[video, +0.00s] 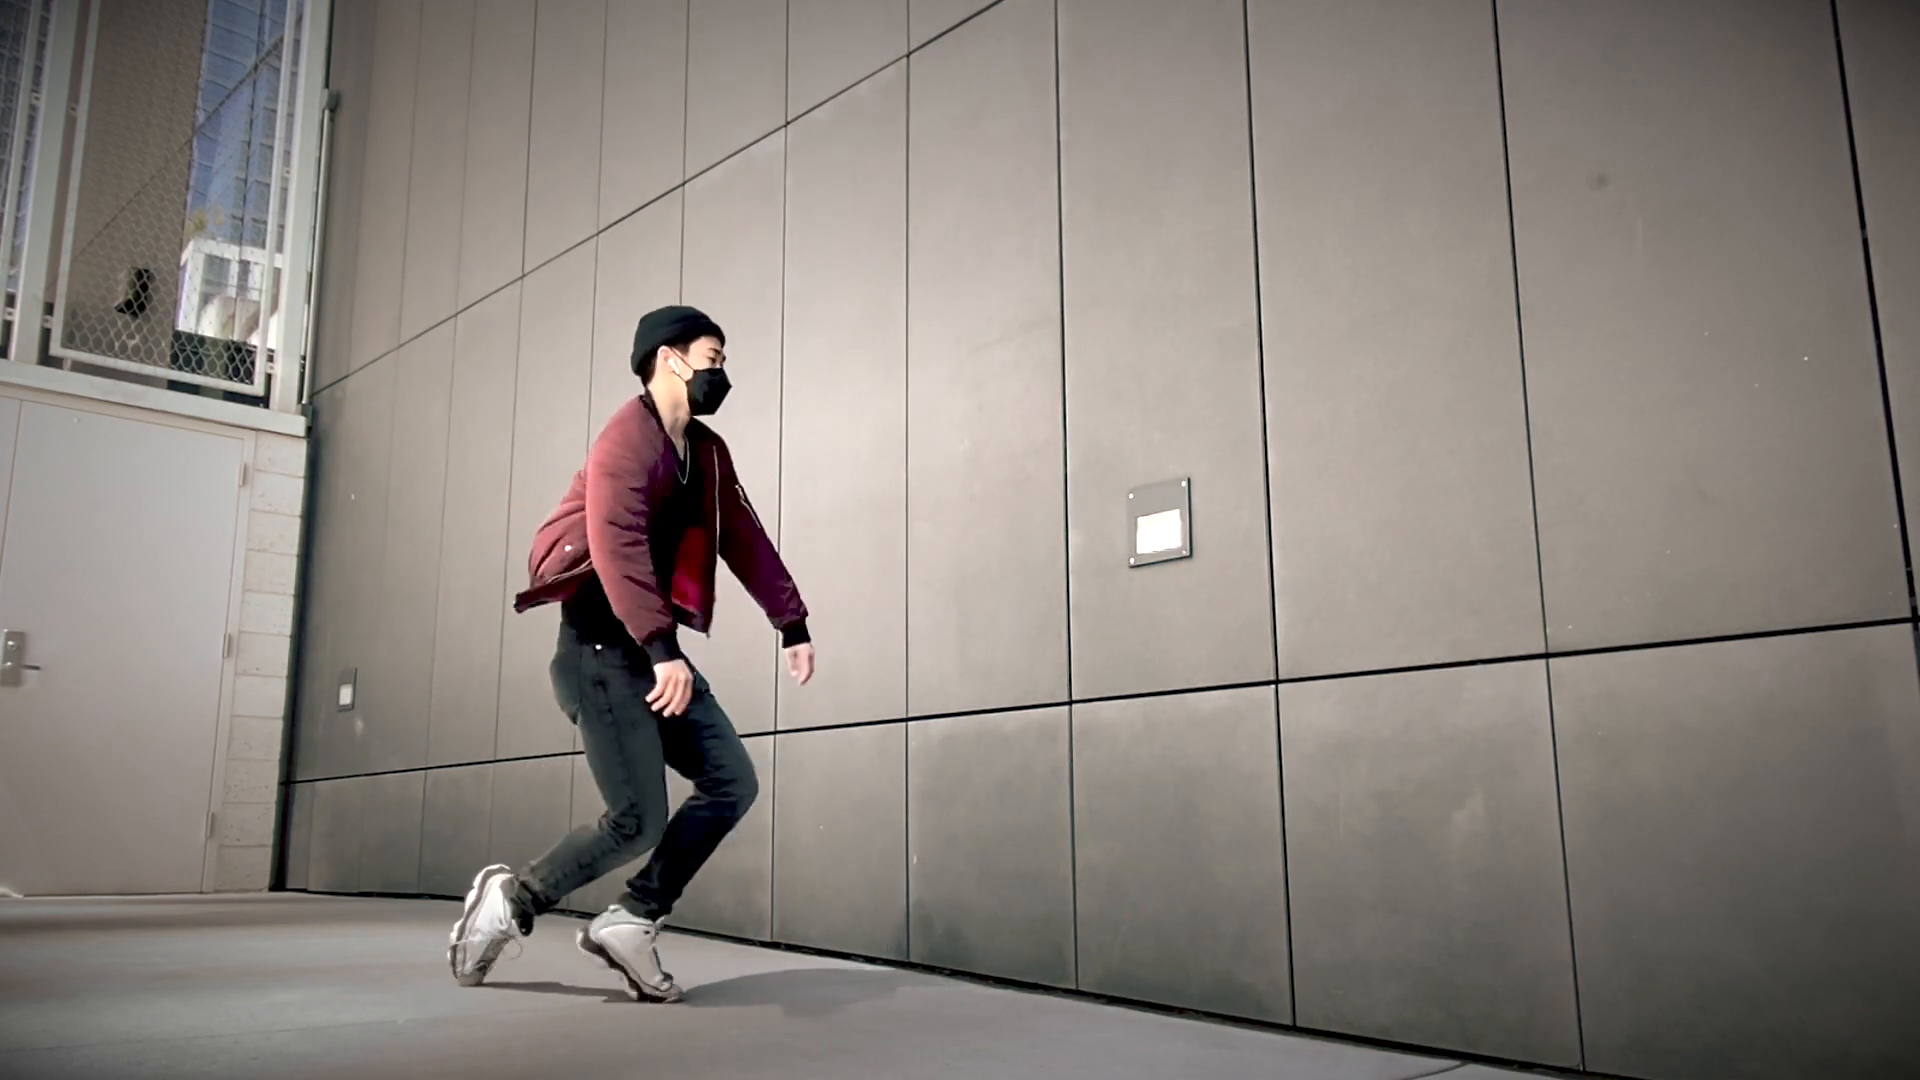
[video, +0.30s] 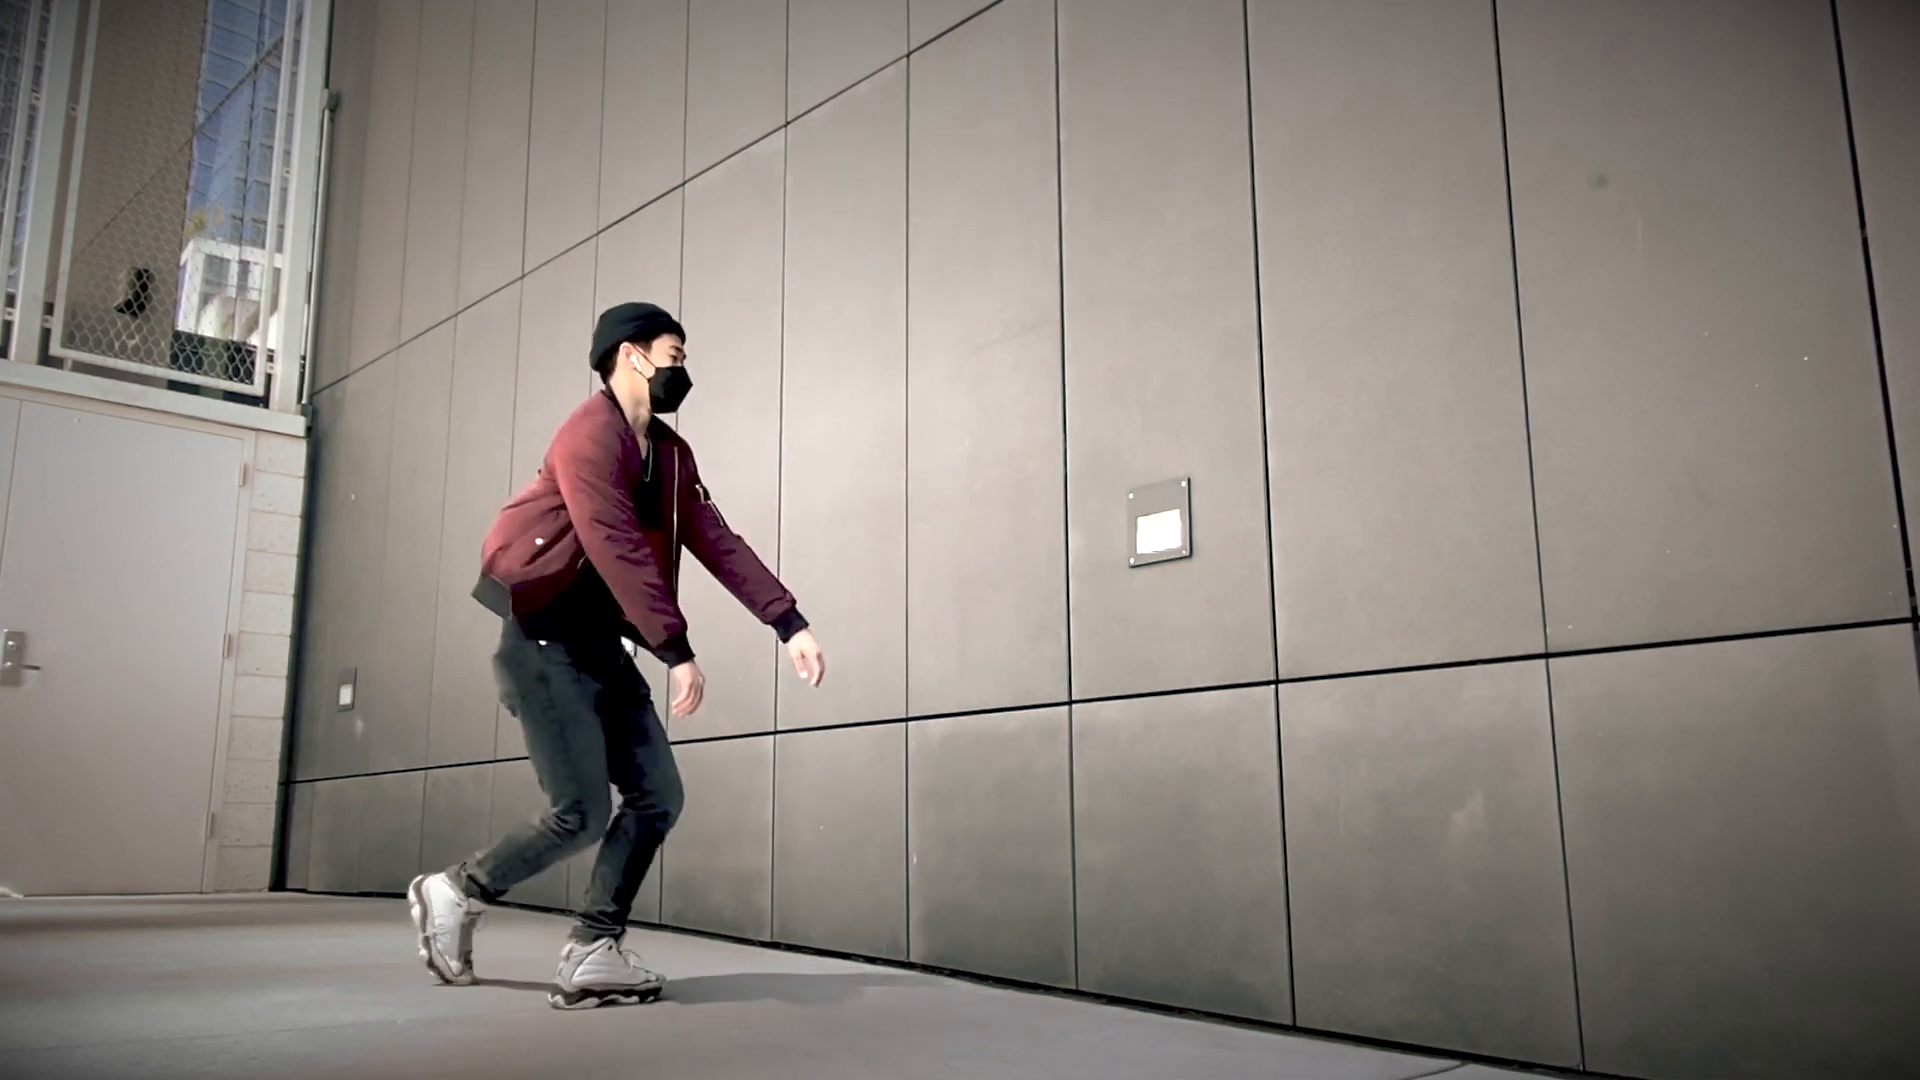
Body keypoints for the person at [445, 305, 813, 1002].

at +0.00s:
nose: (722, 367)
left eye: (724, 359)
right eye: (711, 354)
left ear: (682, 363)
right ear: (667, 358)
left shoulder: (706, 451)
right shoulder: (630, 434)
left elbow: (744, 536)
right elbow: (615, 544)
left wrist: (791, 623)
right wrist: (663, 649)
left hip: (651, 650)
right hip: (597, 651)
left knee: (730, 785)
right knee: (636, 823)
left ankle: (632, 921)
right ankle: (508, 901)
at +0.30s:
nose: (685, 364)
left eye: (685, 354)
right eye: (673, 352)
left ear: (651, 363)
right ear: (627, 358)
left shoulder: (670, 454)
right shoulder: (588, 436)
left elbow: (714, 541)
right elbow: (613, 548)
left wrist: (789, 622)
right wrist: (677, 650)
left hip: (601, 646)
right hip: (538, 642)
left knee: (655, 799)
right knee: (583, 811)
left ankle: (592, 950)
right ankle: (455, 892)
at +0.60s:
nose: (631, 328)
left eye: (636, 319)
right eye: (616, 316)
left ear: (638, 330)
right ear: (571, 322)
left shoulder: (647, 417)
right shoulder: (521, 400)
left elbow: (667, 503)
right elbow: (548, 507)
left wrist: (697, 588)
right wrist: (635, 583)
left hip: (572, 612)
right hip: (490, 604)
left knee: (581, 770)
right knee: (493, 774)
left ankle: (565, 944)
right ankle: (423, 904)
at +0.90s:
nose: (541, 285)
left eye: (558, 274)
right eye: (527, 275)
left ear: (586, 291)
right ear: (510, 293)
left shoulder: (618, 380)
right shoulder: (478, 378)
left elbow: (576, 460)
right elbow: (477, 476)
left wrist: (500, 527)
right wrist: (562, 531)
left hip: (562, 597)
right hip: (483, 590)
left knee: (531, 770)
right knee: (445, 762)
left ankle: (536, 946)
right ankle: (461, 903)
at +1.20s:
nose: (472, 283)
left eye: (483, 268)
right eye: (468, 272)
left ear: (534, 269)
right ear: (502, 278)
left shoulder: (560, 347)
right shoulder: (485, 369)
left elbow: (495, 441)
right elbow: (451, 455)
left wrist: (395, 454)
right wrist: (396, 511)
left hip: (557, 585)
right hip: (526, 585)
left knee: (463, 749)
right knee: (521, 749)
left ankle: (492, 928)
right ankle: (563, 910)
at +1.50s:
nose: (475, 289)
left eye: (485, 273)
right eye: (474, 276)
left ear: (533, 274)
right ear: (526, 279)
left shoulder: (553, 338)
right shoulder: (512, 362)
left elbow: (537, 424)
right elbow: (452, 455)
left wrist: (472, 456)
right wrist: (362, 489)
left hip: (552, 593)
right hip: (576, 595)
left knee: (421, 747)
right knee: (572, 776)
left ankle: (474, 922)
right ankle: (679, 917)